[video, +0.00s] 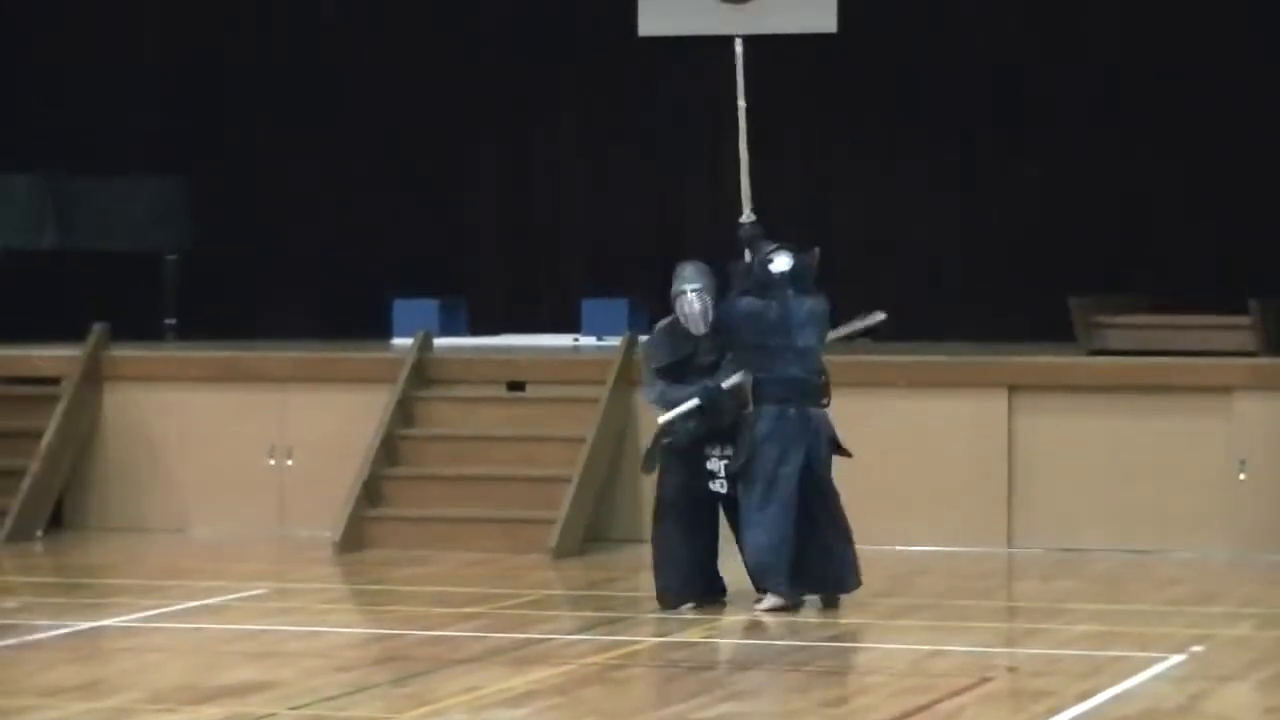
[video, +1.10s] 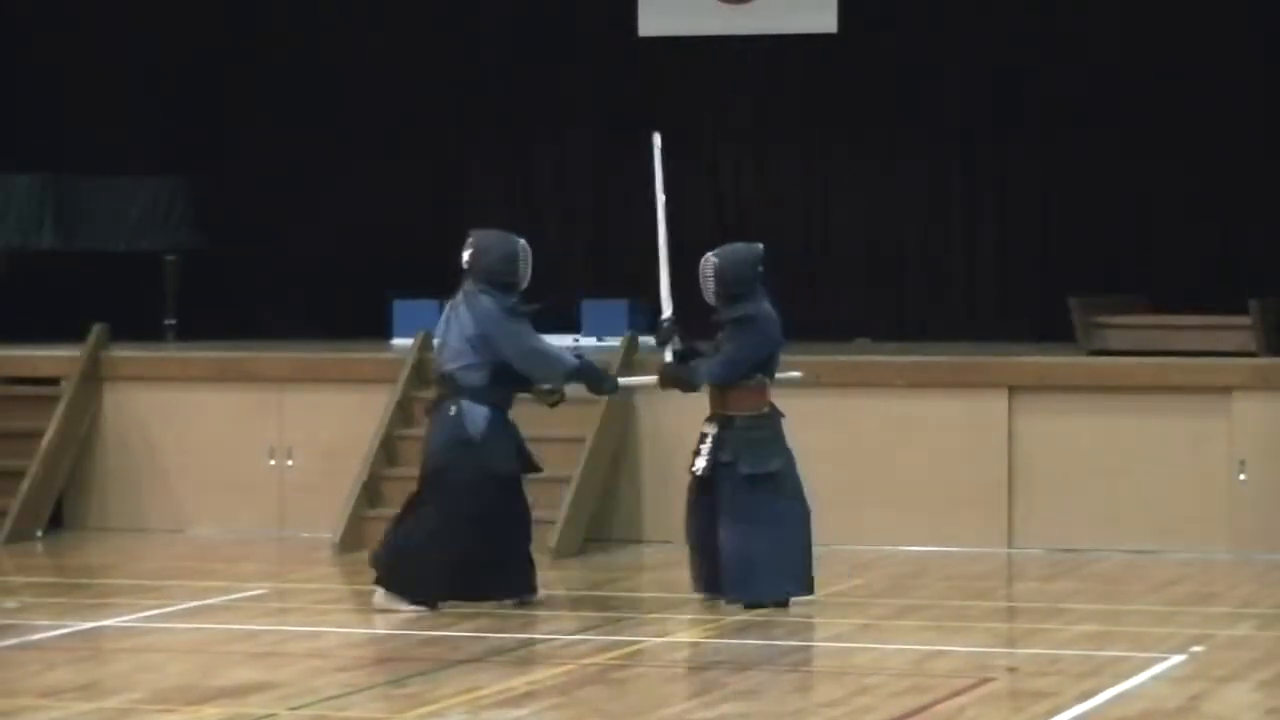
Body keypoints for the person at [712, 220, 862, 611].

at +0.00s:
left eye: (766, 268)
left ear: (765, 277)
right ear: (798, 273)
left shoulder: (750, 313)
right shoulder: (814, 309)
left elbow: (729, 307)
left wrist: (749, 267)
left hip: (771, 410)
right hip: (812, 410)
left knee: (767, 493)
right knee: (816, 493)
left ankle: (779, 587)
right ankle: (830, 581)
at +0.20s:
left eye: (771, 279)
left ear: (782, 282)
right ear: (810, 280)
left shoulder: (773, 316)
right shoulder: (825, 315)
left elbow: (738, 313)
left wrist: (759, 279)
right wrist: (770, 253)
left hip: (779, 415)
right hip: (814, 415)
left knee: (767, 496)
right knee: (814, 494)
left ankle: (777, 582)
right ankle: (832, 578)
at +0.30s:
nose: (771, 286)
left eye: (774, 281)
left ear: (779, 284)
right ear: (811, 281)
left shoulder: (772, 320)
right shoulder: (833, 320)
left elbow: (744, 339)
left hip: (781, 417)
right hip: (819, 416)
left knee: (767, 495)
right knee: (819, 493)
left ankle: (780, 580)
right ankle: (824, 578)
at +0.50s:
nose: (766, 305)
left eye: (770, 298)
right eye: (766, 298)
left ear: (784, 299)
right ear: (806, 295)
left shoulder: (795, 338)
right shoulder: (823, 333)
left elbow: (763, 375)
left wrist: (745, 401)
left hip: (791, 437)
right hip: (818, 437)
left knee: (755, 507)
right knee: (815, 510)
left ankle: (775, 584)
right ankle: (827, 582)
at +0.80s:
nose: (744, 292)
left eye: (749, 285)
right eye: (745, 285)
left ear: (765, 286)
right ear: (778, 285)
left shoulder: (791, 326)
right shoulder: (776, 323)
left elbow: (762, 369)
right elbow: (759, 370)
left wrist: (727, 374)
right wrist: (716, 373)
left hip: (784, 429)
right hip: (777, 427)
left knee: (766, 506)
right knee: (804, 500)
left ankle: (768, 588)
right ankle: (816, 569)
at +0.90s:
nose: (734, 287)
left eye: (739, 279)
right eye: (734, 280)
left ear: (757, 281)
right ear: (765, 281)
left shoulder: (782, 324)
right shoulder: (758, 323)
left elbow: (747, 368)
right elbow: (735, 368)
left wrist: (704, 356)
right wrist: (698, 354)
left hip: (777, 430)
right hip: (756, 428)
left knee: (772, 507)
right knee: (752, 508)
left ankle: (779, 589)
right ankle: (765, 587)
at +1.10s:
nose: (709, 288)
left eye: (713, 280)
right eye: (709, 280)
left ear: (729, 281)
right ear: (742, 280)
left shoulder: (757, 324)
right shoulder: (734, 320)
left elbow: (722, 369)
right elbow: (714, 355)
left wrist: (677, 371)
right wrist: (680, 346)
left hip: (752, 429)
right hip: (725, 427)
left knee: (758, 507)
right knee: (719, 505)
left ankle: (770, 590)